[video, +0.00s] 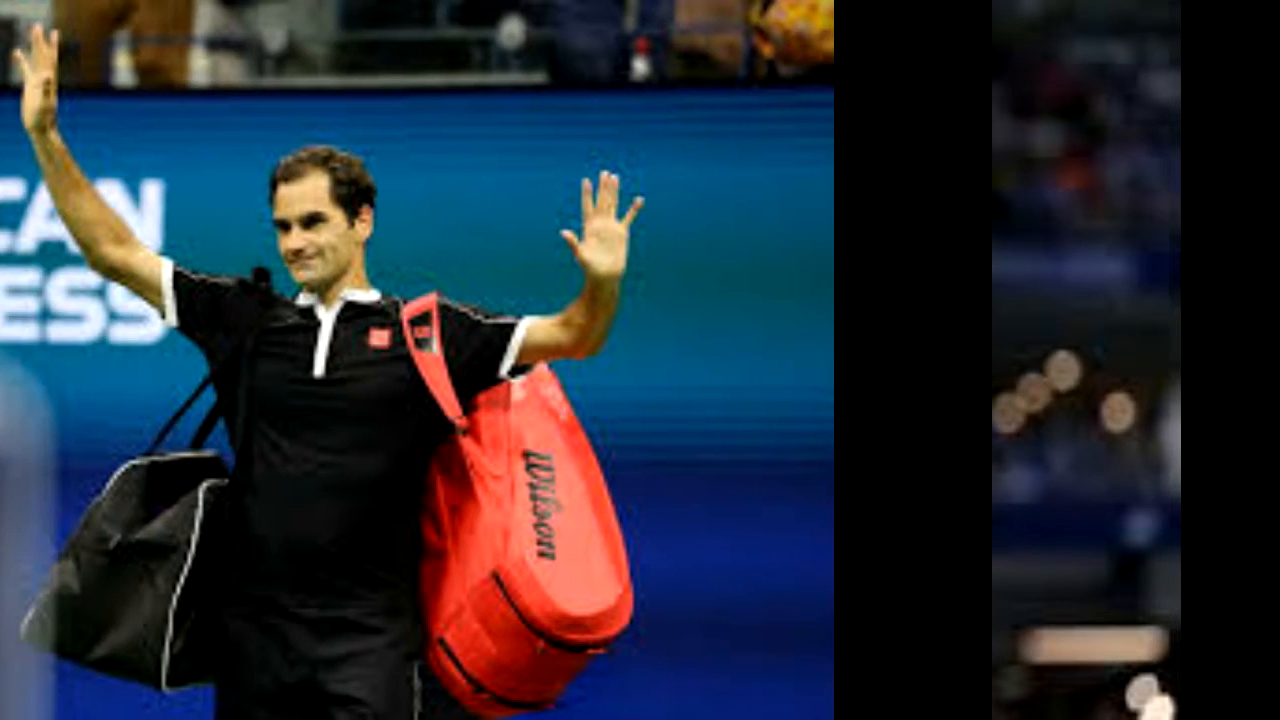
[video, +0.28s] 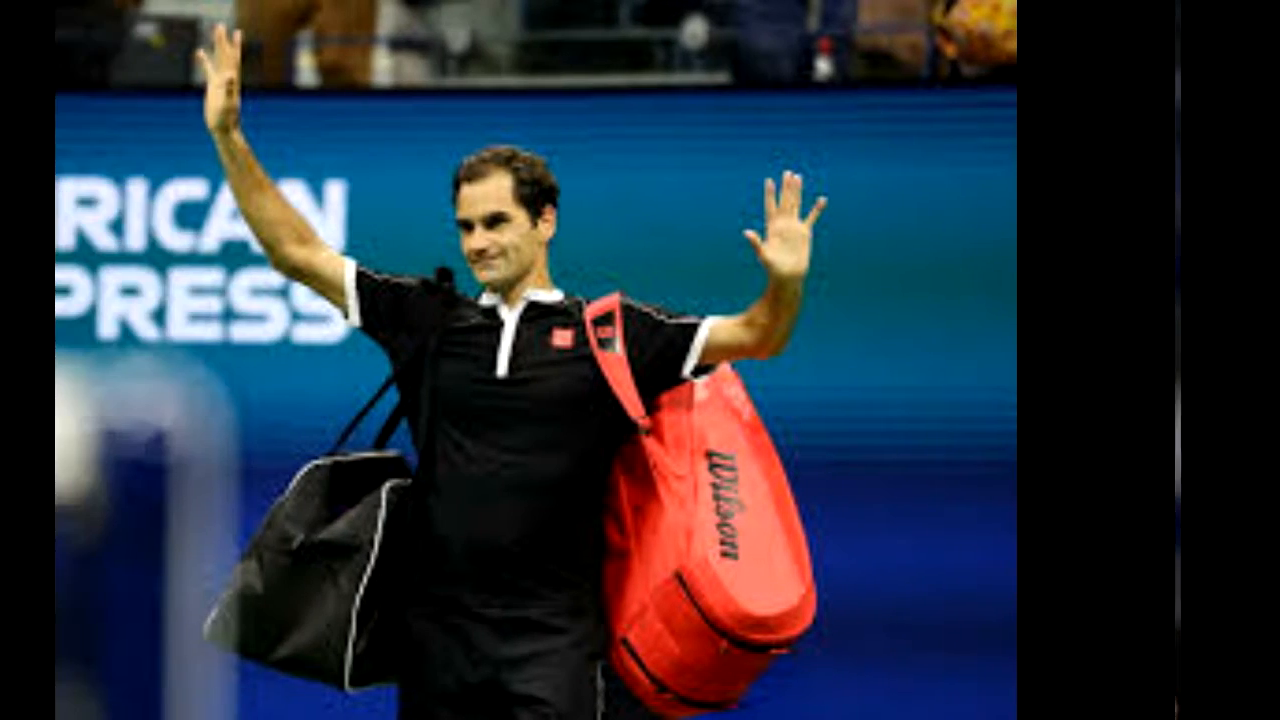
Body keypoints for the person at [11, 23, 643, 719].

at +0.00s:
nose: (294, 241)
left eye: (312, 224)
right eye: (283, 228)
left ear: (360, 224)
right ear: (273, 235)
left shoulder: (429, 329)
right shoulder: (242, 317)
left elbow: (574, 336)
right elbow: (111, 251)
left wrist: (603, 284)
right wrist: (42, 133)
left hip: (370, 626)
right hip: (256, 624)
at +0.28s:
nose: (477, 242)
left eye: (495, 224)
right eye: (466, 228)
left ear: (543, 225)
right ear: (456, 235)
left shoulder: (611, 329)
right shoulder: (424, 317)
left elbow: (757, 336)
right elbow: (294, 251)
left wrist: (786, 284)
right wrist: (225, 133)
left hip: (553, 628)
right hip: (439, 625)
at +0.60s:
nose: (581, 242)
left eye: (599, 224)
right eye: (570, 228)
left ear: (647, 225)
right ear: (560, 235)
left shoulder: (715, 329)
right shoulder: (528, 317)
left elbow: (861, 336)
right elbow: (398, 250)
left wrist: (890, 284)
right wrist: (328, 132)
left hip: (658, 628)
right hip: (544, 625)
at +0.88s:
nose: (581, 242)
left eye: (599, 224)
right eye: (570, 228)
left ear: (647, 225)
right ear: (560, 235)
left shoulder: (715, 329)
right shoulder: (528, 317)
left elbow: (861, 336)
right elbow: (398, 250)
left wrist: (890, 285)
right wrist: (328, 132)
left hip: (658, 628)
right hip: (544, 626)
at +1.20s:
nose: (581, 242)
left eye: (599, 224)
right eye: (570, 228)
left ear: (647, 225)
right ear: (560, 235)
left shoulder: (715, 329)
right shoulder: (528, 317)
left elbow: (861, 336)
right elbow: (398, 250)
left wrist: (890, 285)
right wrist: (328, 133)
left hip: (658, 627)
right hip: (544, 625)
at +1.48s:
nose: (581, 242)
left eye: (599, 224)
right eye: (570, 228)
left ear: (647, 225)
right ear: (560, 235)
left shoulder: (715, 329)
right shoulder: (528, 317)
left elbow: (861, 336)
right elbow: (398, 250)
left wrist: (890, 284)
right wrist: (328, 133)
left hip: (658, 627)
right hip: (544, 625)